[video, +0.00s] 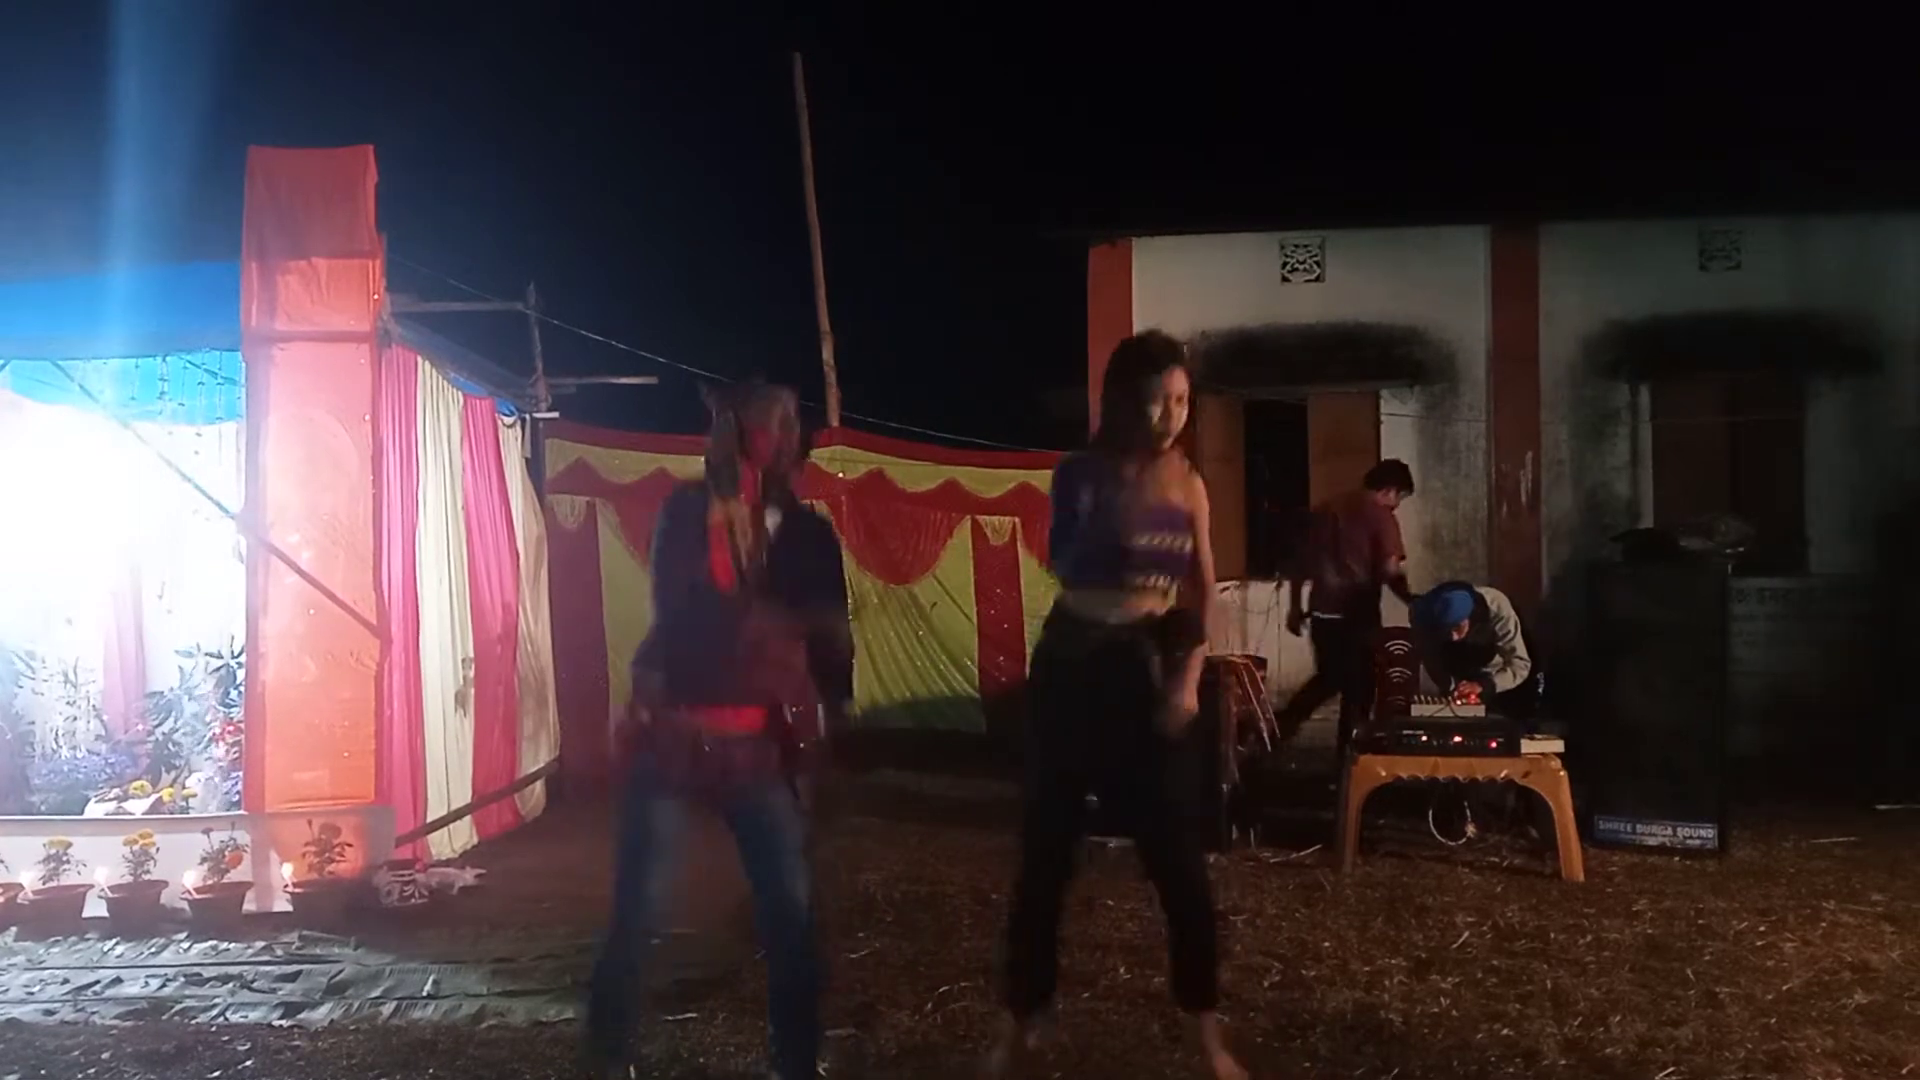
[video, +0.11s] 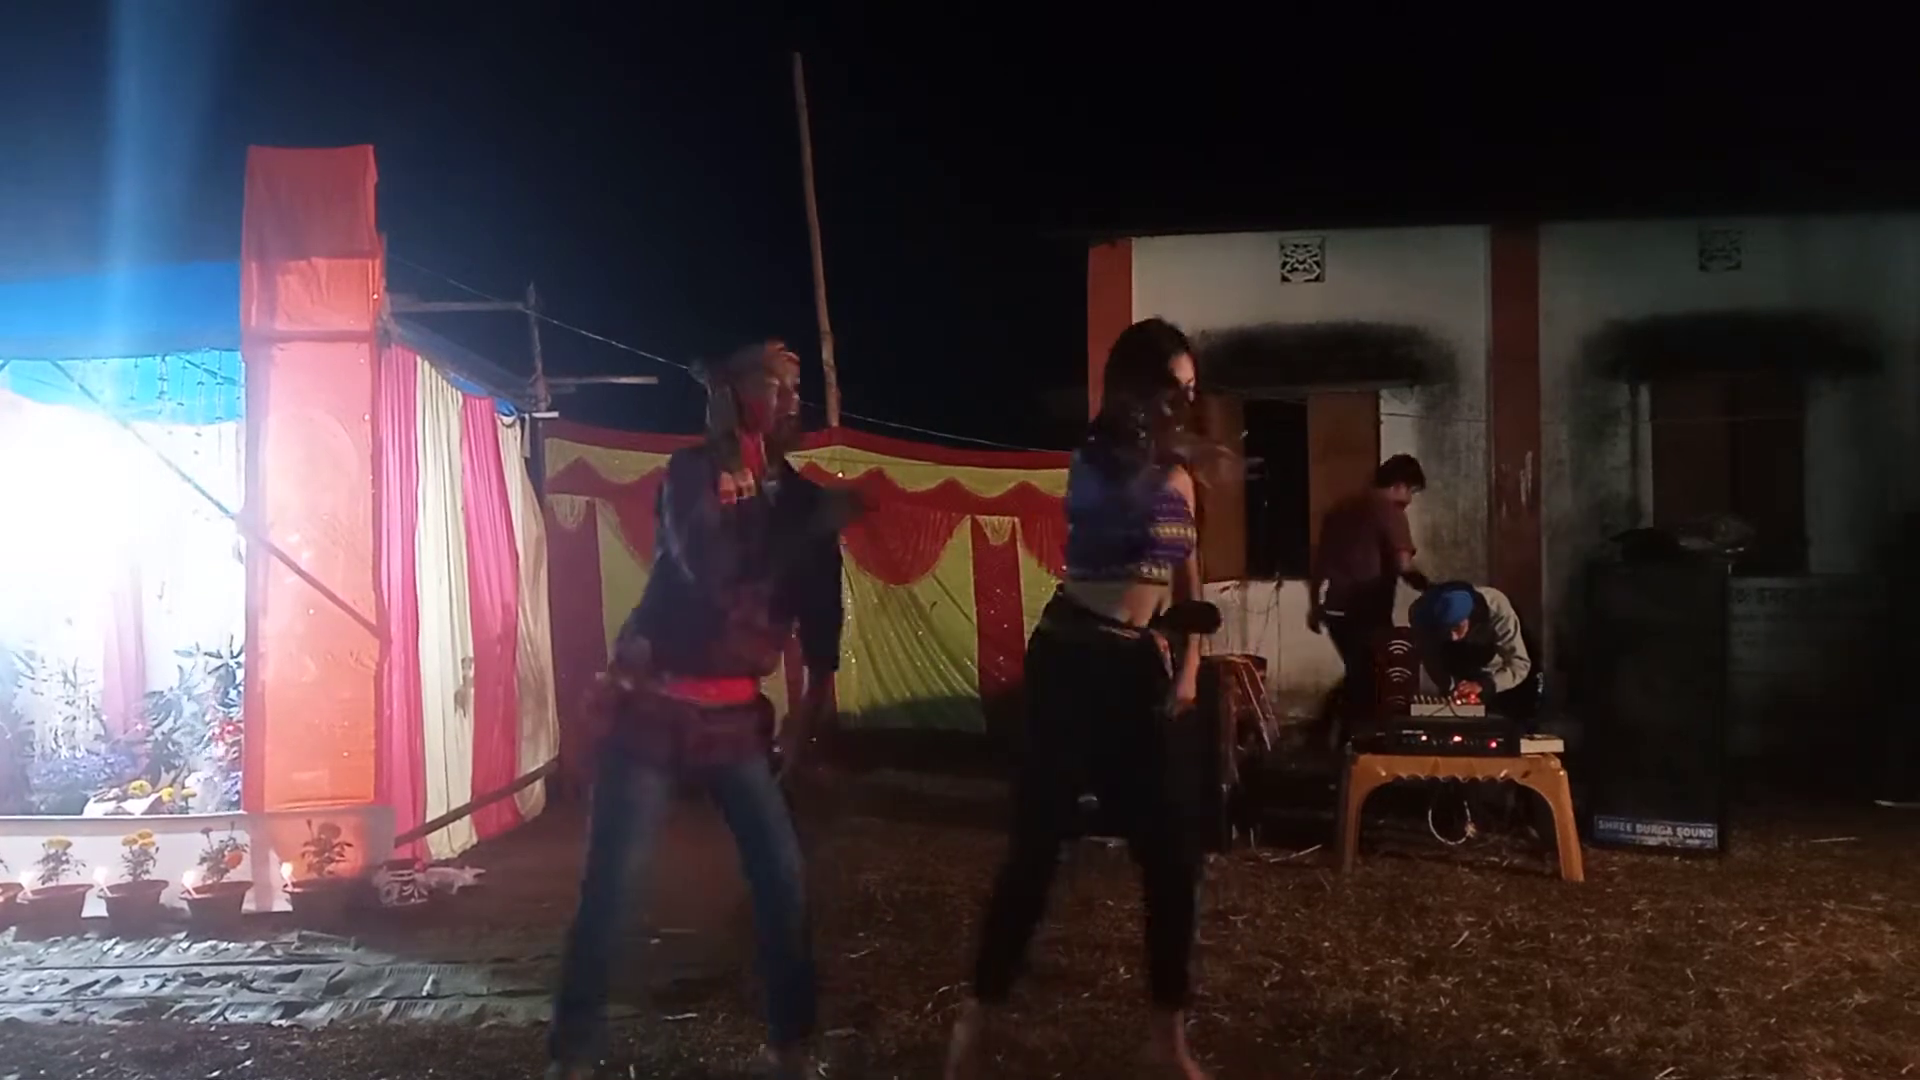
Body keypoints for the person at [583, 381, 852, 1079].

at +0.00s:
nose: (780, 438)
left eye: (788, 425)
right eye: (767, 423)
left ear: (796, 439)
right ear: (733, 432)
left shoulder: (810, 534)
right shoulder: (685, 511)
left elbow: (834, 645)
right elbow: (677, 609)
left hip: (760, 746)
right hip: (671, 740)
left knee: (790, 910)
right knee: (640, 909)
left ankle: (796, 1062)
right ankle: (607, 1056)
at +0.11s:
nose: (789, 399)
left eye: (794, 389)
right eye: (774, 385)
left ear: (794, 405)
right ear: (732, 393)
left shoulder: (808, 499)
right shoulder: (691, 471)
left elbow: (823, 603)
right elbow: (706, 567)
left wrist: (818, 696)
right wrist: (815, 517)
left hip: (735, 716)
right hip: (650, 709)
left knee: (782, 878)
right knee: (613, 888)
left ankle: (793, 1047)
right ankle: (574, 1052)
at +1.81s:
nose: (773, 429)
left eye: (782, 416)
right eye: (760, 411)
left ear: (787, 427)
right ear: (720, 415)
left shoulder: (803, 512)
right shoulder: (661, 500)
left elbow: (836, 604)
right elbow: (618, 592)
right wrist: (688, 586)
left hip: (771, 733)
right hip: (678, 736)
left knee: (819, 882)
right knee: (673, 897)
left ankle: (852, 1029)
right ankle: (670, 1049)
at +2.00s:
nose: (717, 436)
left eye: (741, 424)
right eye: (713, 423)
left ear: (771, 439)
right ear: (703, 428)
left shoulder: (790, 520)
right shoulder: (671, 500)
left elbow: (855, 613)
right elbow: (662, 586)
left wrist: (803, 546)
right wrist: (742, 549)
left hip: (738, 740)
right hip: (655, 737)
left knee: (765, 903)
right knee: (630, 903)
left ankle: (766, 1059)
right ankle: (569, 1058)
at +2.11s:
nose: (770, 462)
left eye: (772, 451)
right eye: (753, 448)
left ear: (771, 466)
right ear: (707, 455)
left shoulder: (777, 560)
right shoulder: (684, 531)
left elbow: (828, 655)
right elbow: (693, 622)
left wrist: (817, 678)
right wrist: (791, 662)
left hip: (706, 770)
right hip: (627, 763)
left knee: (762, 912)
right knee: (594, 933)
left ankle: (767, 1064)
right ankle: (537, 1067)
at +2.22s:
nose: (769, 442)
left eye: (771, 429)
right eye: (749, 430)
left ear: (775, 447)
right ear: (703, 446)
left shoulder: (774, 542)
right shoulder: (686, 511)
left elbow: (831, 600)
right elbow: (731, 571)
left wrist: (868, 628)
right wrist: (833, 610)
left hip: (671, 751)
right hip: (592, 747)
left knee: (738, 907)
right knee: (572, 919)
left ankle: (756, 1065)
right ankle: (528, 1066)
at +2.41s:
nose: (760, 443)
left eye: (763, 429)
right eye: (739, 431)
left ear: (769, 444)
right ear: (692, 444)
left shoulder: (770, 535)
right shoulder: (672, 509)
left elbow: (828, 593)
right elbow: (680, 588)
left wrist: (862, 599)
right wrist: (784, 589)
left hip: (675, 745)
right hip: (595, 738)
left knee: (744, 905)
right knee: (557, 923)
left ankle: (770, 1066)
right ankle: (523, 1068)